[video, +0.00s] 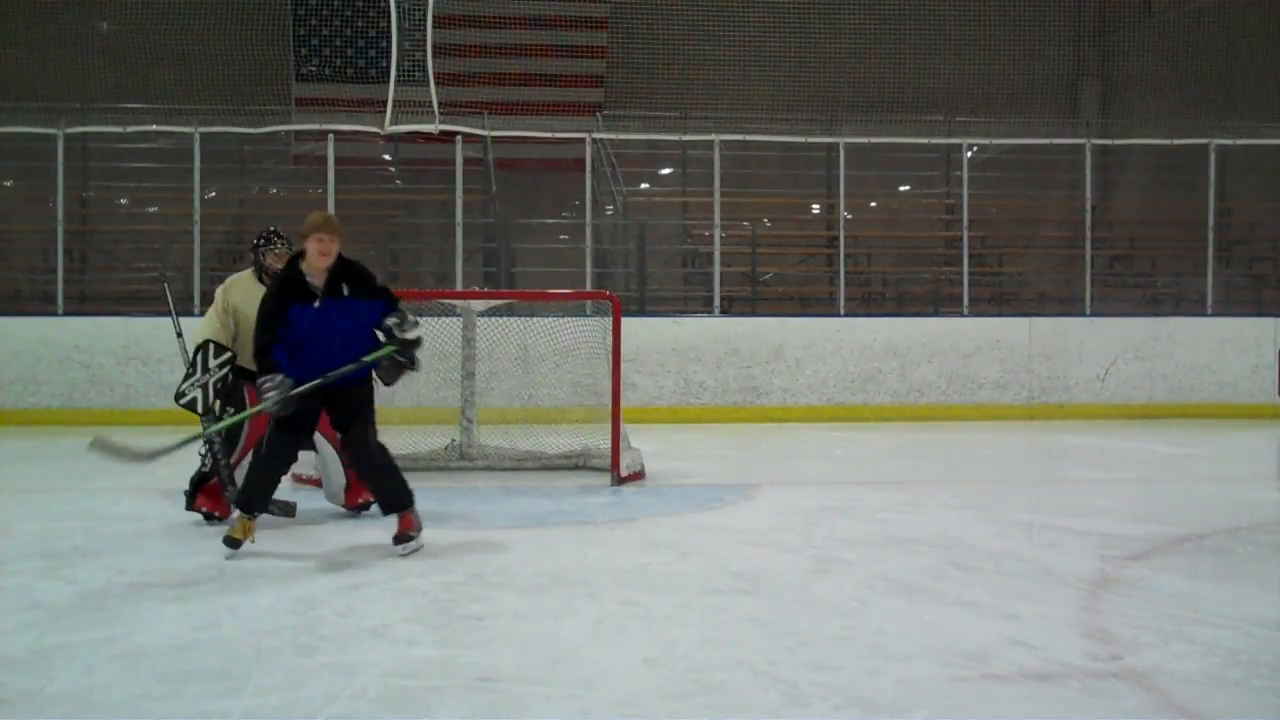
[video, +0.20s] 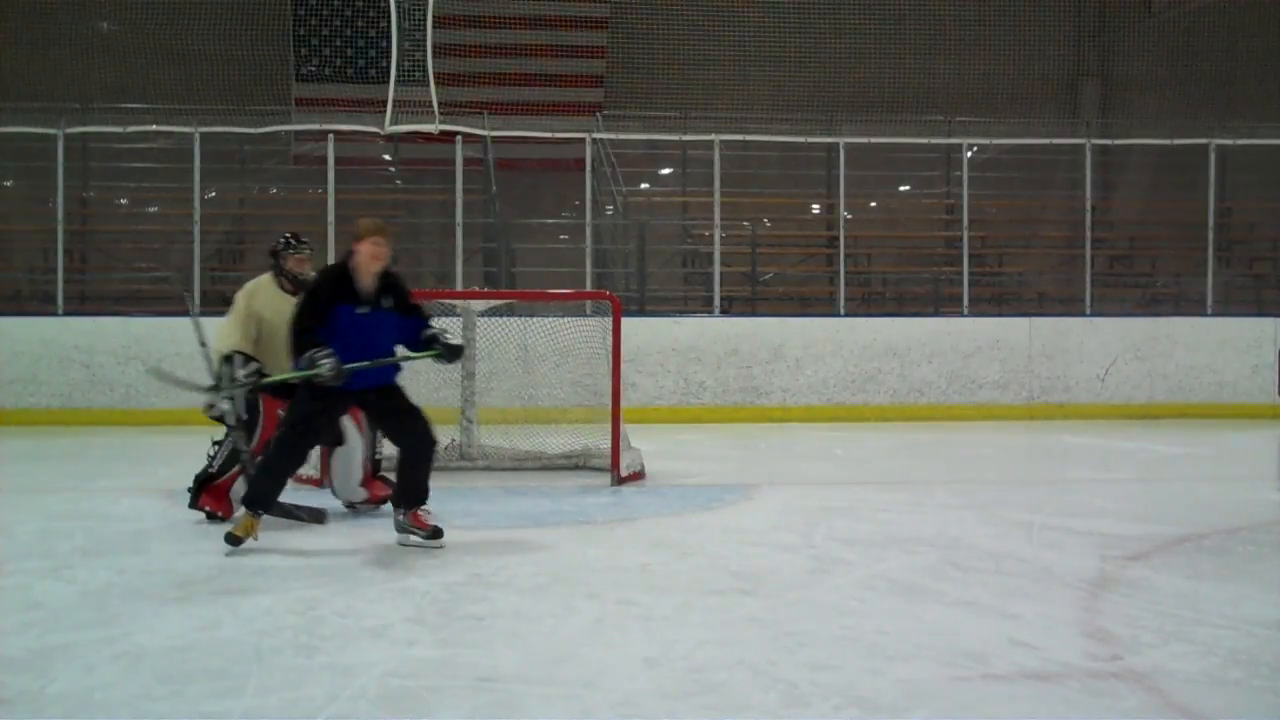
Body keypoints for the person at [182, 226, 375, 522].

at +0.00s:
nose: (280, 260)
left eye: (285, 254)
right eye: (273, 254)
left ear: (292, 255)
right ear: (259, 257)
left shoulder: (303, 286)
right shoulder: (235, 288)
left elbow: (330, 331)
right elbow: (213, 331)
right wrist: (215, 371)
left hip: (302, 373)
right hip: (251, 374)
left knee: (333, 430)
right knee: (248, 431)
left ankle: (353, 487)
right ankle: (210, 491)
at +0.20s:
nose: (301, 266)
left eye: (305, 260)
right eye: (294, 259)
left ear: (311, 262)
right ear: (279, 261)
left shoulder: (319, 291)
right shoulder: (254, 294)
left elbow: (340, 334)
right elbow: (234, 338)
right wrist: (240, 371)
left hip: (312, 381)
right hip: (267, 383)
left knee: (357, 420)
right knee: (255, 433)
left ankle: (357, 485)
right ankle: (214, 489)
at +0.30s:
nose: (324, 267)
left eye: (327, 261)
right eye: (317, 262)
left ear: (332, 263)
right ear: (300, 264)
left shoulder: (340, 292)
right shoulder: (275, 295)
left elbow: (352, 333)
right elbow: (259, 342)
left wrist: (352, 364)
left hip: (325, 378)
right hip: (284, 378)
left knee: (369, 421)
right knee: (270, 432)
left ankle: (360, 488)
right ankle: (218, 488)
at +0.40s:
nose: (360, 265)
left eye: (362, 259)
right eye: (353, 260)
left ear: (365, 263)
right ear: (336, 263)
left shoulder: (368, 294)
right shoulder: (315, 290)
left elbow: (376, 335)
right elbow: (293, 331)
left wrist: (378, 368)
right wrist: (302, 362)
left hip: (344, 377)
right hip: (302, 376)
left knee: (379, 423)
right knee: (283, 436)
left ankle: (366, 489)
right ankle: (224, 488)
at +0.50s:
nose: (394, 263)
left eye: (396, 256)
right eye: (387, 257)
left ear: (399, 258)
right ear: (371, 260)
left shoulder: (388, 290)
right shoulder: (356, 283)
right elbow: (335, 321)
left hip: (350, 367)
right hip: (317, 367)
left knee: (394, 422)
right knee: (304, 432)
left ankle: (375, 486)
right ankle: (232, 485)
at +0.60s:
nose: (426, 258)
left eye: (427, 252)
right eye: (419, 252)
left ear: (426, 255)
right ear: (403, 255)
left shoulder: (413, 284)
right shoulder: (387, 278)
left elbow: (415, 327)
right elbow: (371, 322)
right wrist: (386, 352)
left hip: (375, 359)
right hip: (346, 355)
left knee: (398, 421)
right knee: (336, 424)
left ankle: (384, 487)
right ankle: (279, 484)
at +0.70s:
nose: (450, 257)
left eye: (453, 251)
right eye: (444, 251)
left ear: (455, 254)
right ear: (428, 252)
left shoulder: (447, 283)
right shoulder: (408, 276)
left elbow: (448, 325)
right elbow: (397, 319)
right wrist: (407, 355)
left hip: (403, 353)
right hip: (371, 347)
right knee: (373, 418)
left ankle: (398, 483)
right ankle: (341, 483)